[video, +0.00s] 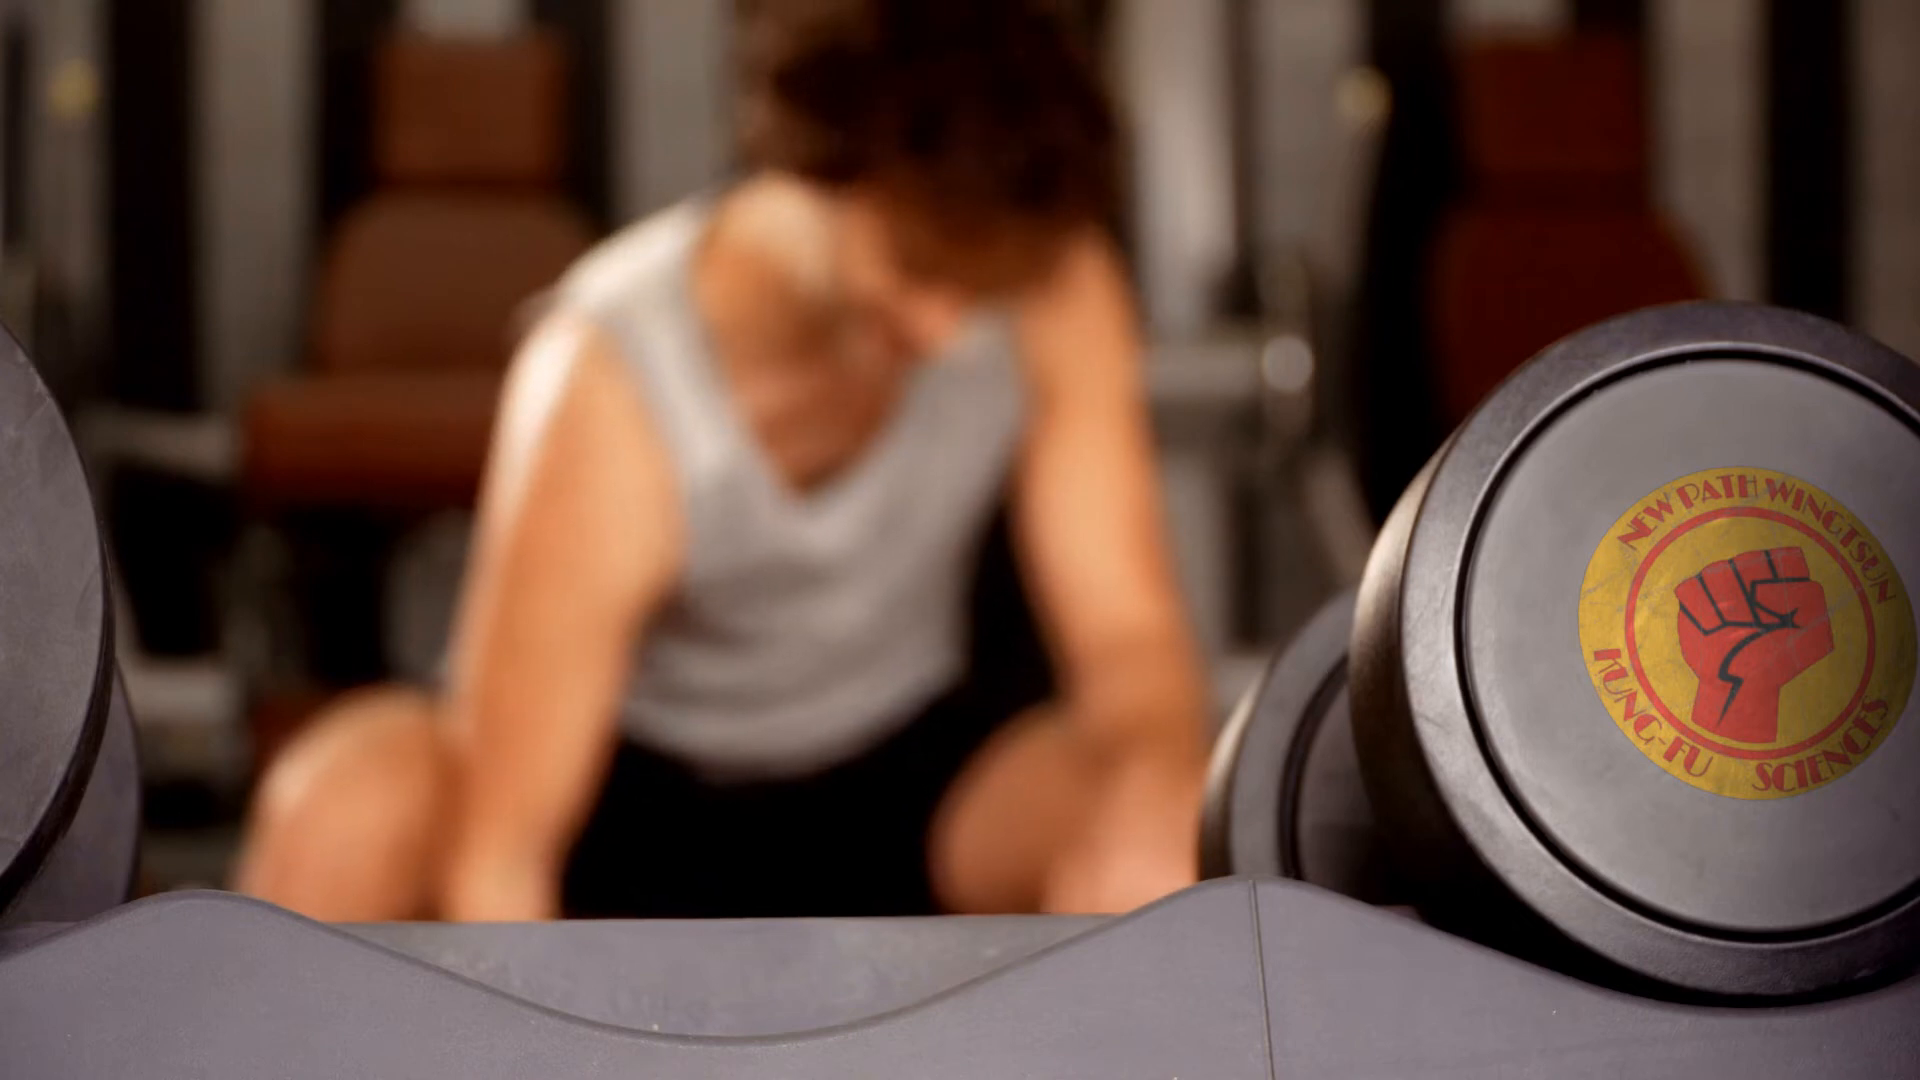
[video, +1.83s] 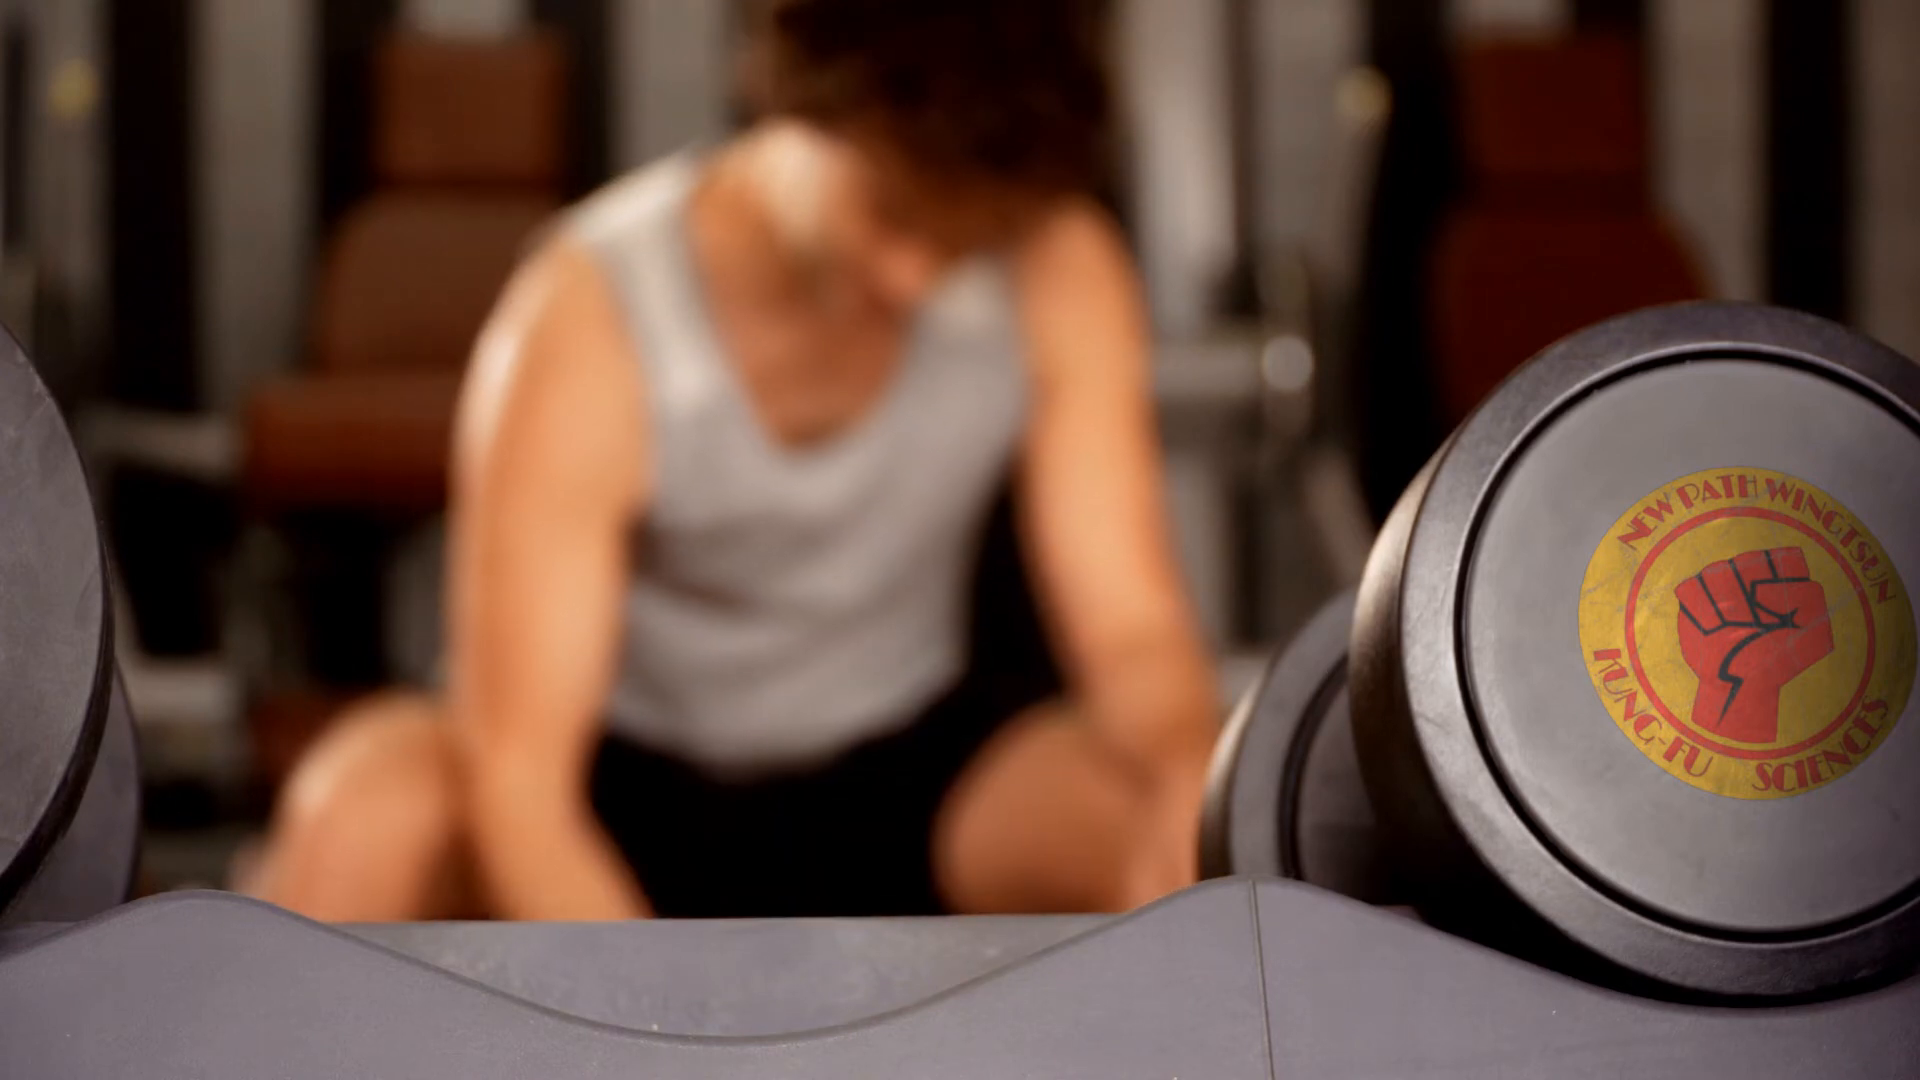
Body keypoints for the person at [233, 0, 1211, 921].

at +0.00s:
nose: (946, 331)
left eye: (991, 286)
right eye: (914, 274)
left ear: (1040, 243)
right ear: (821, 175)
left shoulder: (1049, 276)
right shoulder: (611, 375)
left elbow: (1129, 654)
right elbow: (504, 849)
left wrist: (1149, 855)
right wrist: (535, 1074)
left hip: (902, 789)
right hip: (627, 804)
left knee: (1156, 803)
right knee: (343, 790)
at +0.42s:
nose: (932, 304)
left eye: (983, 268)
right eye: (910, 247)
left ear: (1043, 225)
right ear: (828, 141)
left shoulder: (1058, 261)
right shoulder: (611, 323)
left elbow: (1132, 644)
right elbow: (508, 773)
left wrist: (1159, 842)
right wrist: (677, 1021)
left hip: (902, 782)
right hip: (629, 795)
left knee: (1179, 807)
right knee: (360, 787)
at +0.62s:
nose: (922, 304)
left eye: (971, 268)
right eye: (896, 249)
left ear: (1036, 223)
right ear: (815, 135)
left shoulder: (1052, 264)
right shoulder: (578, 313)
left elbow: (1134, 641)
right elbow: (512, 749)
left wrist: (1169, 848)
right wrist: (743, 869)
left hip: (904, 776)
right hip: (612, 775)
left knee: (1195, 780)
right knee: (368, 788)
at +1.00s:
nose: (880, 303)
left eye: (922, 264)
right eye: (856, 247)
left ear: (978, 210)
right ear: (764, 147)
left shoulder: (1009, 260)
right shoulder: (492, 318)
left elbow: (1119, 634)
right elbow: (510, 748)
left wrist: (1182, 873)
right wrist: (733, 696)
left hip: (898, 782)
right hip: (599, 790)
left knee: (1170, 810)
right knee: (351, 800)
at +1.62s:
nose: (893, 270)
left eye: (942, 233)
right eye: (869, 214)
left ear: (1001, 179)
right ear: (782, 116)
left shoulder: (1033, 256)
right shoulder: (544, 314)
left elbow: (1127, 642)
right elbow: (515, 750)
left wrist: (1187, 818)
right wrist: (842, 821)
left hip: (898, 794)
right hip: (607, 797)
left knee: (1190, 793)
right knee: (361, 786)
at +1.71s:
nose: (903, 272)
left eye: (953, 232)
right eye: (877, 212)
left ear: (1010, 179)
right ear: (789, 115)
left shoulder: (1043, 257)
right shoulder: (562, 312)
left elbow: (1130, 641)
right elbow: (512, 756)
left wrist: (1204, 820)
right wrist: (729, 898)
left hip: (906, 767)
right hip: (623, 776)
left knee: (1198, 813)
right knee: (357, 796)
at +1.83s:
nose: (915, 280)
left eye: (968, 238)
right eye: (890, 218)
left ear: (1022, 190)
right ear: (799, 118)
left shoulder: (1052, 263)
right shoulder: (584, 314)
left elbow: (1135, 644)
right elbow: (520, 794)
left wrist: (1200, 822)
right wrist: (675, 1043)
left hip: (904, 782)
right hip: (625, 794)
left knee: (1193, 811)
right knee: (366, 793)